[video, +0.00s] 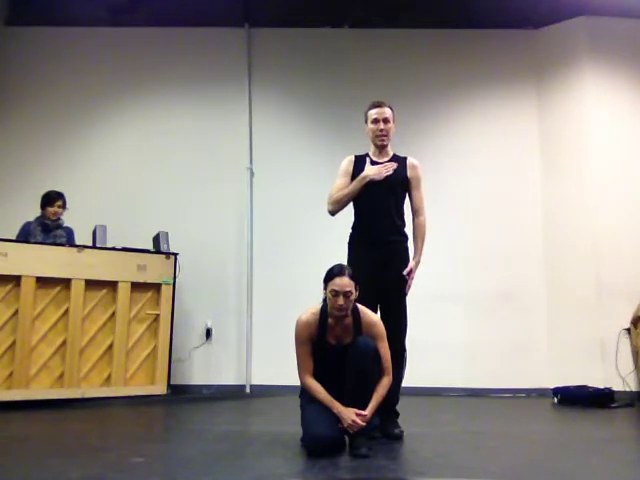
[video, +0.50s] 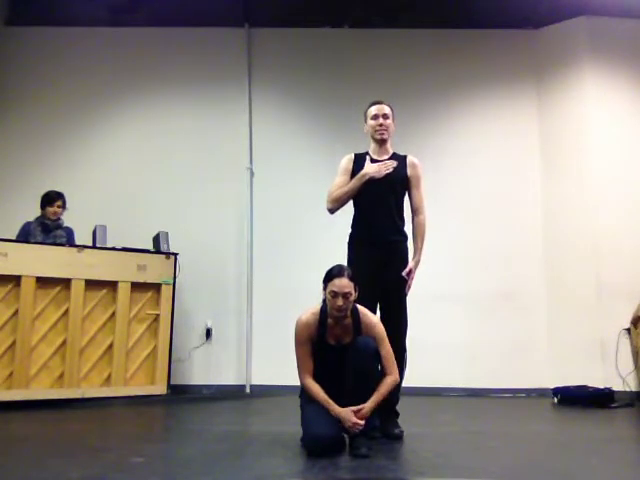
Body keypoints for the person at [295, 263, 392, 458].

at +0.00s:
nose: (340, 302)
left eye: (347, 295)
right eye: (334, 295)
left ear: (356, 294)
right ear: (325, 292)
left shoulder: (371, 323)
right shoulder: (307, 323)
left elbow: (387, 375)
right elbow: (306, 378)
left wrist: (366, 413)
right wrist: (341, 411)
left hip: (356, 393)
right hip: (321, 394)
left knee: (365, 347)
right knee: (322, 444)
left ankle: (360, 433)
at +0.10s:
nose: (340, 302)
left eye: (347, 295)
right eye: (334, 295)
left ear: (356, 294)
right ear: (325, 292)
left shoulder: (371, 323)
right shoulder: (307, 323)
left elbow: (387, 375)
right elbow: (306, 378)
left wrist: (367, 412)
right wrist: (340, 412)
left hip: (356, 393)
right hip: (321, 394)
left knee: (365, 347)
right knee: (322, 444)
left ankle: (360, 433)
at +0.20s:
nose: (340, 302)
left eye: (347, 295)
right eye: (334, 295)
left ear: (356, 294)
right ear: (324, 292)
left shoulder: (371, 323)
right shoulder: (307, 324)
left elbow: (387, 375)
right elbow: (306, 378)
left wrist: (367, 412)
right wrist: (339, 413)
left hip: (356, 393)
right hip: (320, 394)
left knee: (365, 347)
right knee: (322, 445)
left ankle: (359, 434)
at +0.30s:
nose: (340, 302)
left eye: (347, 295)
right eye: (334, 295)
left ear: (356, 294)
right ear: (325, 292)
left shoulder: (371, 323)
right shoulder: (307, 324)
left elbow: (388, 376)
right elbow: (306, 378)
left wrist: (368, 410)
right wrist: (338, 413)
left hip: (356, 393)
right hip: (320, 394)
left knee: (365, 347)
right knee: (322, 445)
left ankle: (360, 434)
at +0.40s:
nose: (340, 303)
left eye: (347, 296)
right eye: (334, 295)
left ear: (355, 295)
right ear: (324, 293)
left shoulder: (371, 323)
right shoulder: (307, 324)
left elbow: (391, 376)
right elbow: (306, 378)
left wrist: (367, 410)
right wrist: (338, 413)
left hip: (356, 394)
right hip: (321, 395)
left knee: (365, 347)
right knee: (321, 445)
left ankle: (360, 434)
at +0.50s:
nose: (340, 303)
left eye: (346, 296)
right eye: (334, 296)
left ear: (355, 295)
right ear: (324, 293)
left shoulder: (370, 323)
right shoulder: (307, 324)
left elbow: (393, 375)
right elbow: (306, 379)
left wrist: (368, 408)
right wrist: (338, 412)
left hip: (356, 394)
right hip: (321, 395)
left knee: (365, 347)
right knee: (321, 445)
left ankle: (360, 434)